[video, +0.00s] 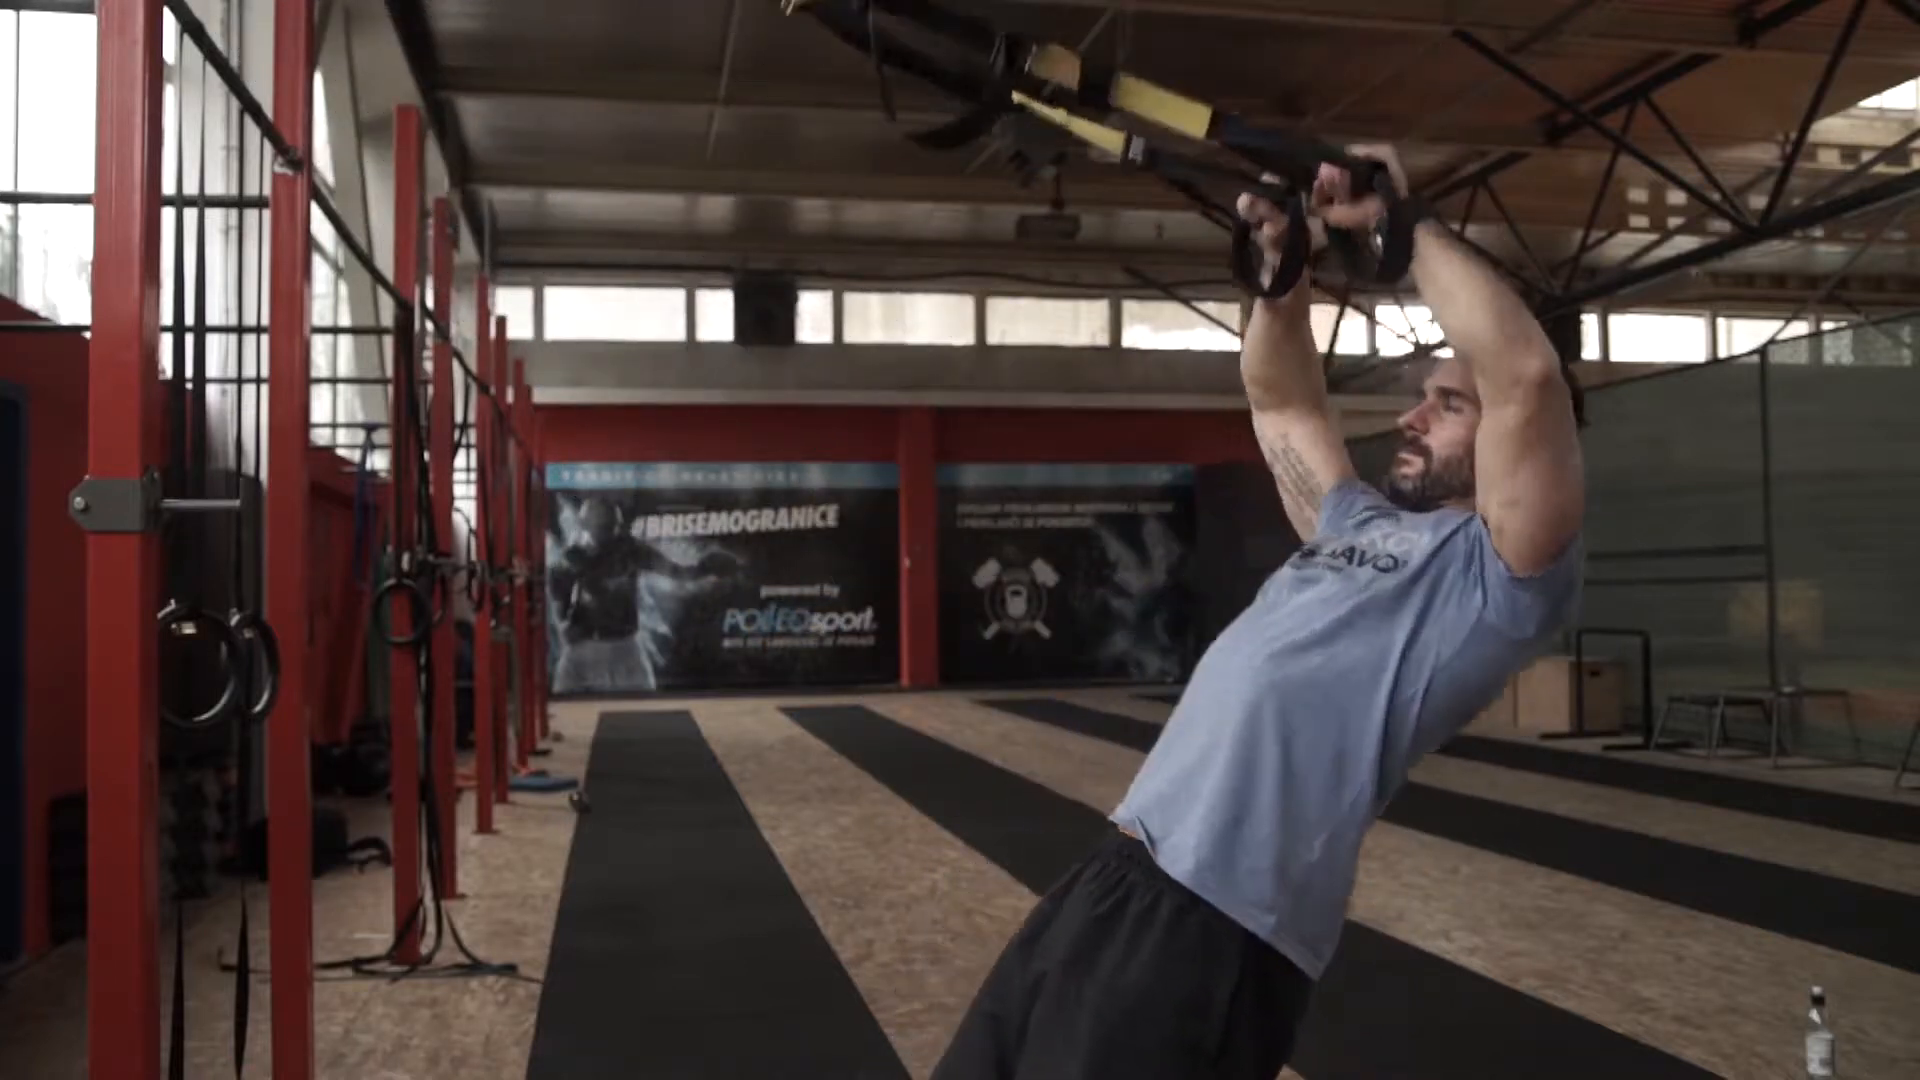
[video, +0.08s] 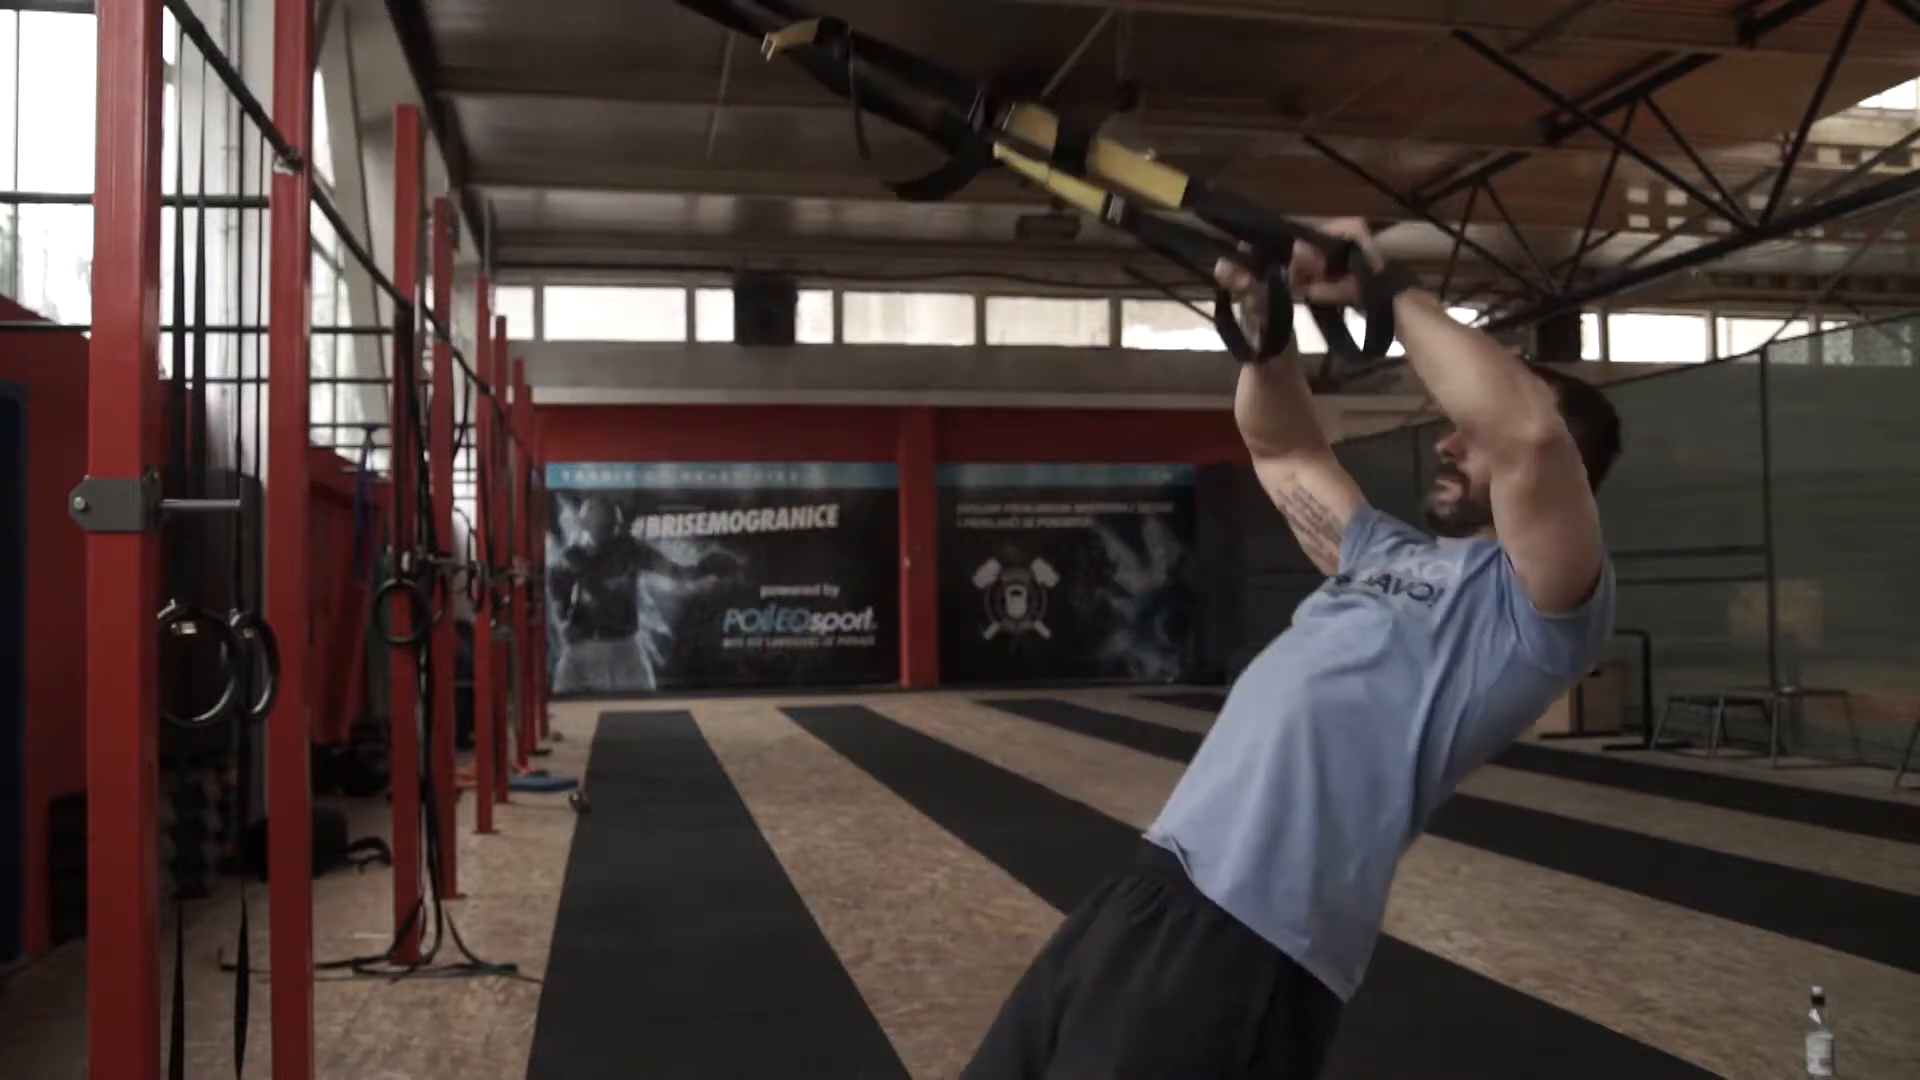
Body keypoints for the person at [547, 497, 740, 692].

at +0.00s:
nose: (601, 527)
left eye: (606, 519)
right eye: (594, 520)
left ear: (616, 519)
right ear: (583, 522)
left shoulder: (630, 549)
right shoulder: (572, 558)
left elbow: (674, 572)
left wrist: (703, 571)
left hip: (624, 647)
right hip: (580, 650)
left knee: (635, 716)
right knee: (573, 718)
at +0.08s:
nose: (601, 528)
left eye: (606, 520)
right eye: (594, 521)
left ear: (616, 520)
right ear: (583, 523)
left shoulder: (630, 550)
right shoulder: (572, 557)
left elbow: (674, 572)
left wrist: (703, 570)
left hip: (624, 647)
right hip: (580, 650)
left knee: (635, 716)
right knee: (573, 718)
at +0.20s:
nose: (601, 527)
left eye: (606, 519)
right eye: (594, 520)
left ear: (616, 519)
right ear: (583, 522)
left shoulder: (630, 549)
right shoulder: (572, 558)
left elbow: (674, 572)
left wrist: (703, 571)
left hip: (624, 647)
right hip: (580, 650)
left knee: (635, 716)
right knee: (573, 718)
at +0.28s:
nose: (601, 525)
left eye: (606, 518)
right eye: (594, 519)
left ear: (615, 519)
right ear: (583, 522)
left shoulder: (631, 549)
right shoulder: (572, 557)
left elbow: (674, 572)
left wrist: (703, 571)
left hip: (624, 647)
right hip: (581, 649)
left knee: (635, 715)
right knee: (573, 717)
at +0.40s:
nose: (601, 525)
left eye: (606, 517)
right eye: (594, 518)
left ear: (615, 518)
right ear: (583, 522)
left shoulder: (630, 549)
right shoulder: (573, 557)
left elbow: (674, 572)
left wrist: (703, 571)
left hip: (624, 647)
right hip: (581, 649)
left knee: (635, 714)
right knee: (573, 717)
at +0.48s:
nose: (601, 525)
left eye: (605, 517)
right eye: (594, 518)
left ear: (615, 519)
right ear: (583, 522)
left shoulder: (630, 549)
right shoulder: (573, 557)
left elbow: (674, 572)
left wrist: (703, 570)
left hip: (624, 647)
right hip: (581, 649)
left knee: (635, 715)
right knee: (573, 717)